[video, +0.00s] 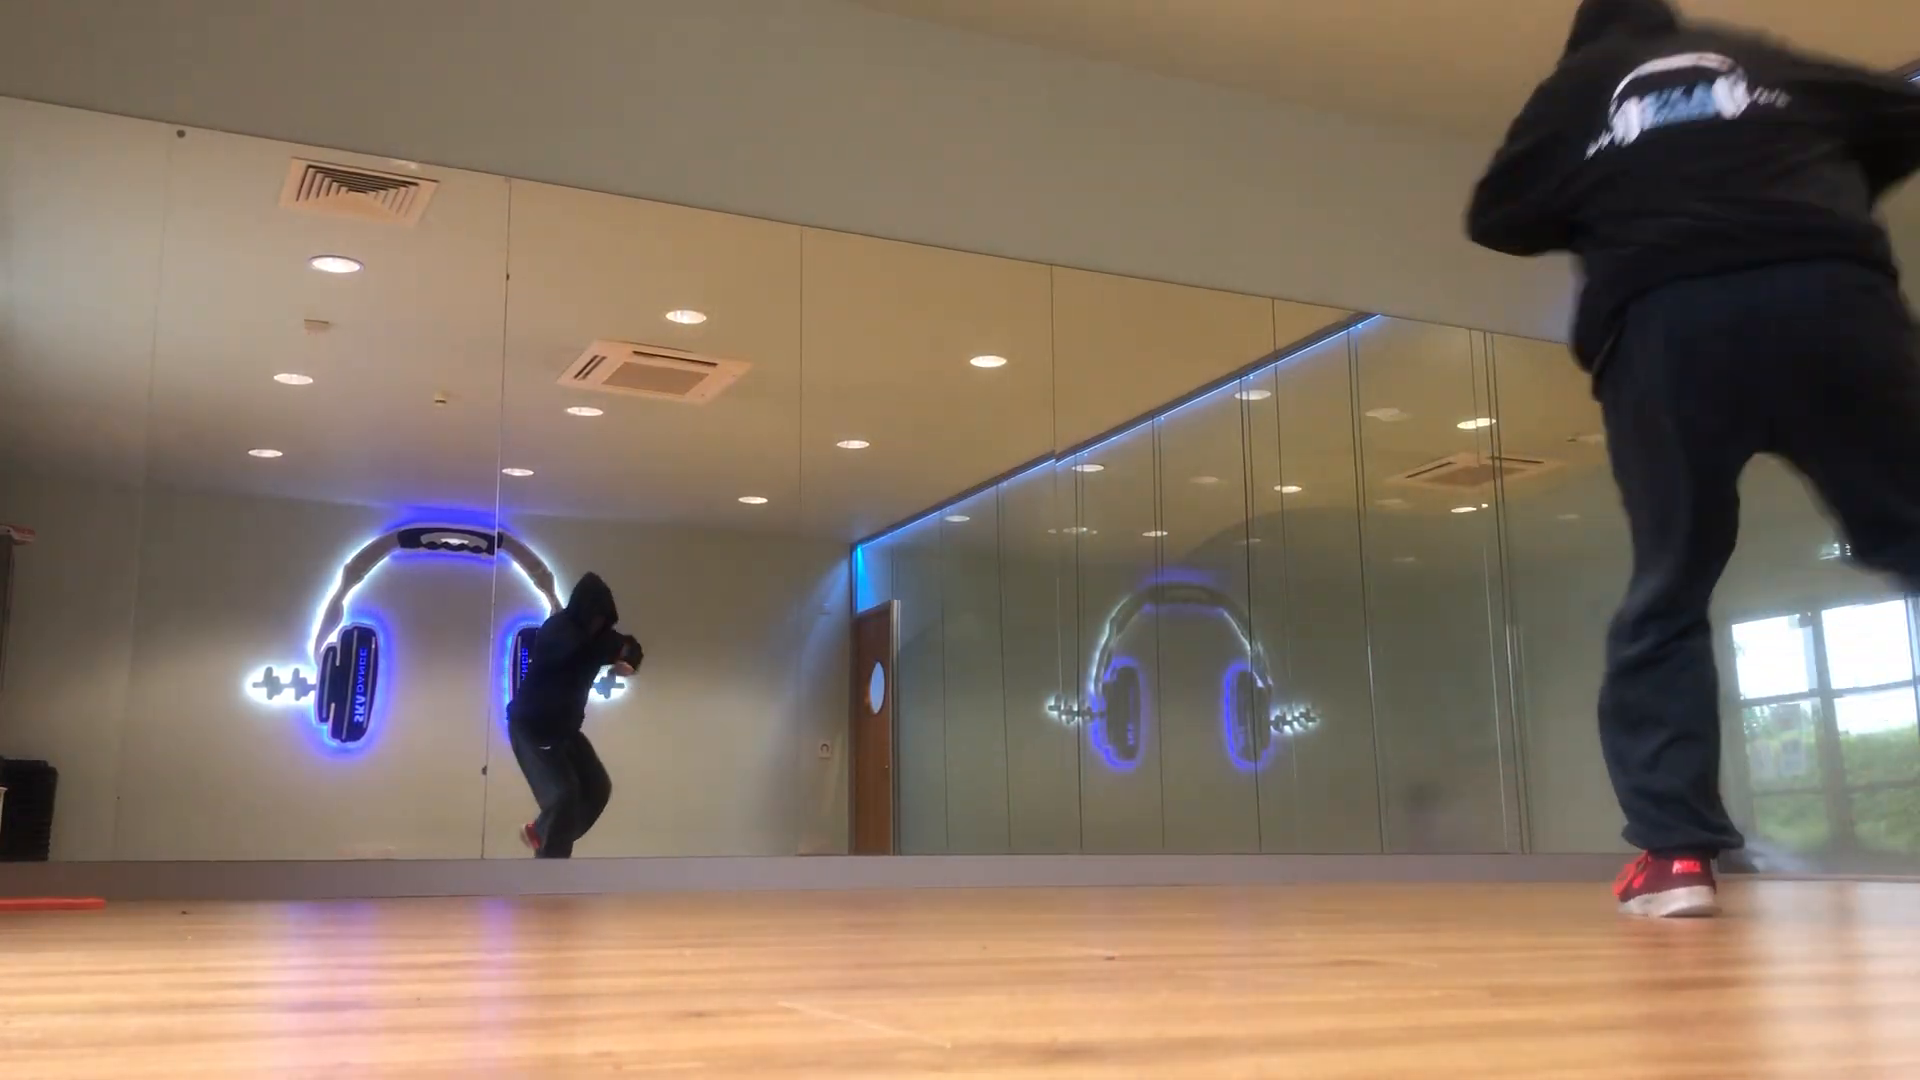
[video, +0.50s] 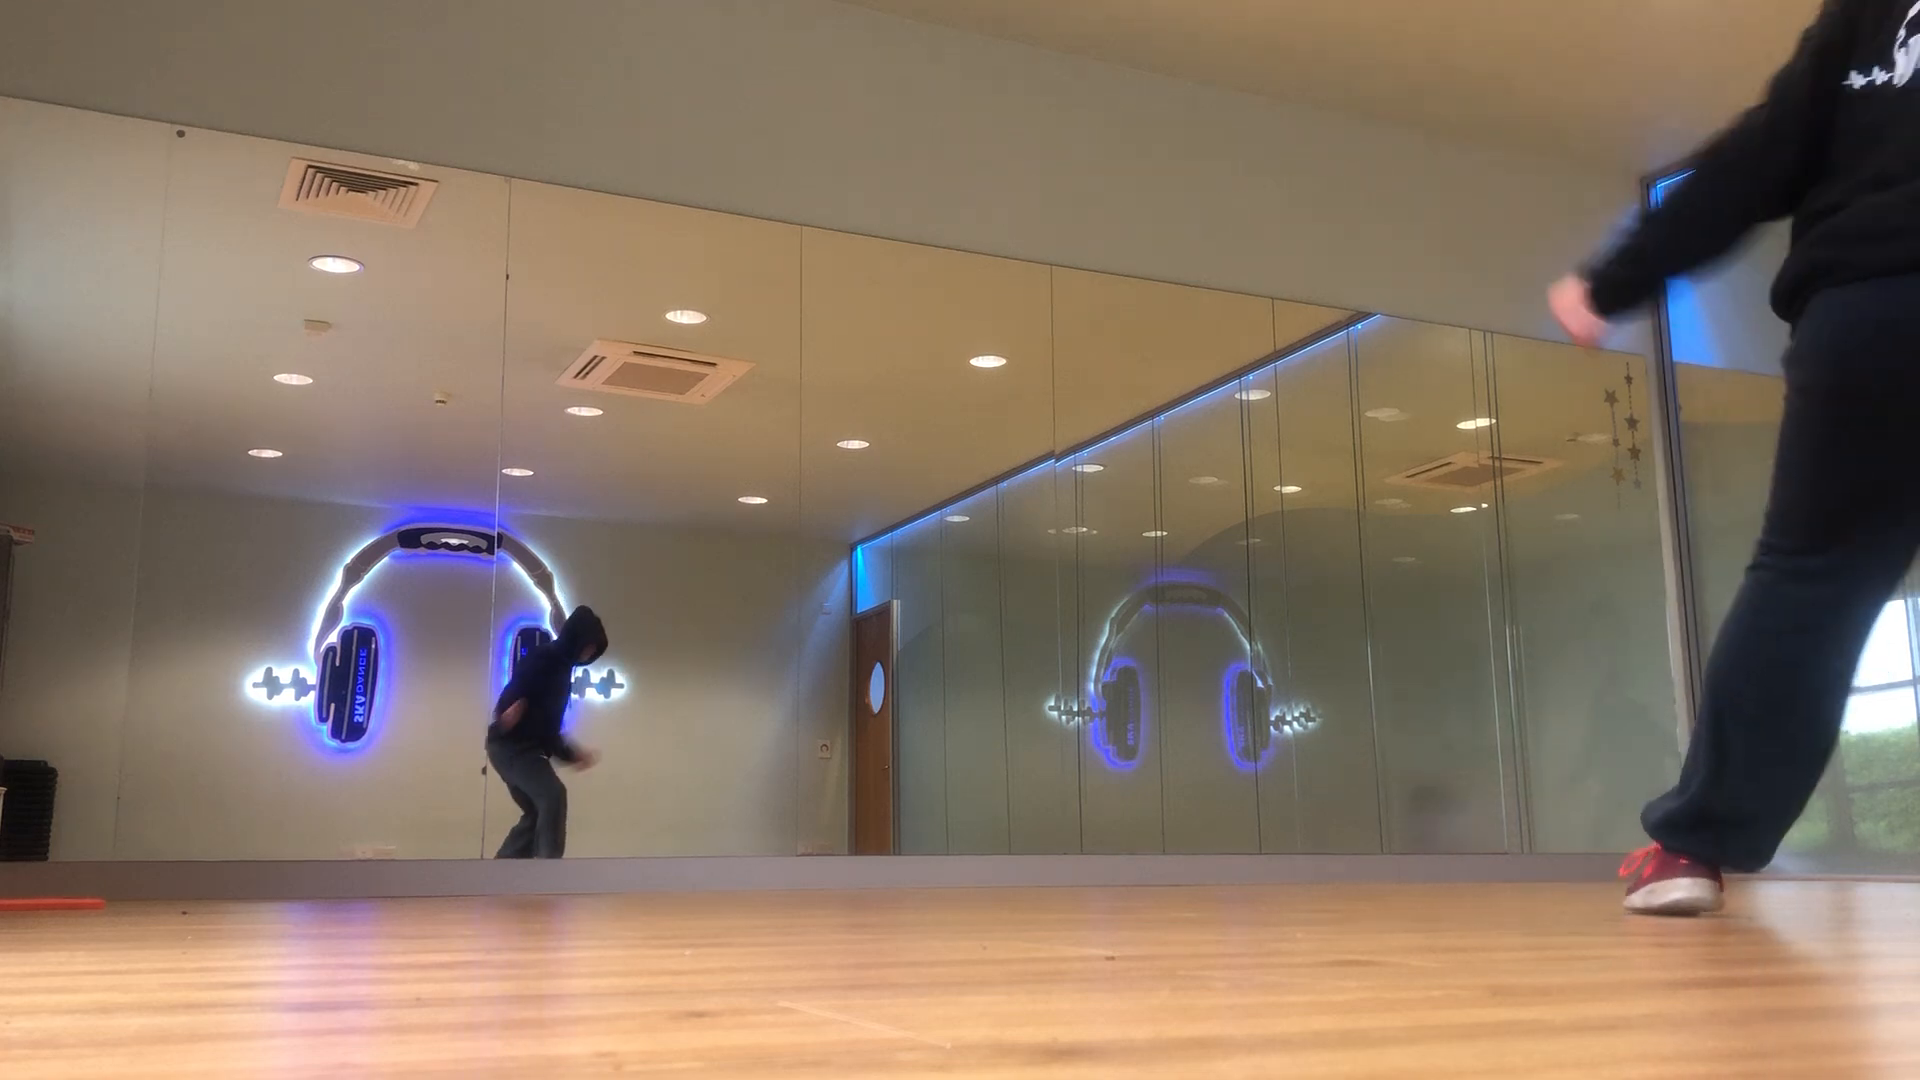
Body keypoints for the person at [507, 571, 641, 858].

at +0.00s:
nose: (598, 626)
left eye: (603, 621)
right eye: (594, 619)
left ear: (606, 618)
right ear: (581, 611)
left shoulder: (601, 636)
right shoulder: (555, 629)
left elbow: (629, 647)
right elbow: (575, 653)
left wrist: (628, 662)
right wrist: (611, 647)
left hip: (565, 730)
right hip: (530, 730)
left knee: (598, 788)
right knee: (563, 796)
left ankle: (540, 832)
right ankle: (550, 873)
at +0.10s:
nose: (594, 606)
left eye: (597, 601)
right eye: (591, 599)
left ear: (597, 600)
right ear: (577, 592)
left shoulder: (586, 622)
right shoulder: (548, 617)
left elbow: (604, 648)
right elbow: (538, 671)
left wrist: (635, 664)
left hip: (563, 718)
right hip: (535, 719)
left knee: (576, 786)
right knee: (556, 791)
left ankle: (521, 836)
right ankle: (547, 868)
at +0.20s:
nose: (591, 604)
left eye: (595, 600)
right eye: (591, 597)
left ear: (581, 591)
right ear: (580, 588)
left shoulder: (569, 615)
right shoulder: (550, 611)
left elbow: (556, 658)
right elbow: (515, 631)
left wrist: (585, 663)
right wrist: (484, 643)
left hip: (555, 714)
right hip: (542, 714)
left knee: (545, 786)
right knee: (555, 790)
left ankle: (512, 849)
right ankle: (547, 865)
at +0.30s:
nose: (587, 622)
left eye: (591, 618)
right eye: (588, 615)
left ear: (571, 603)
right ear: (578, 606)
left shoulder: (558, 629)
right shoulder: (548, 624)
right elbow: (506, 645)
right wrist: (458, 660)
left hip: (543, 729)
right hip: (539, 730)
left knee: (533, 804)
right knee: (556, 800)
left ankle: (507, 866)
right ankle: (544, 869)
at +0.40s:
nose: (589, 643)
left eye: (593, 639)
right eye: (590, 636)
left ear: (569, 625)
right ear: (580, 630)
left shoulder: (556, 650)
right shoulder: (547, 648)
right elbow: (509, 681)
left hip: (520, 743)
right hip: (523, 742)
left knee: (536, 814)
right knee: (558, 798)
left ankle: (499, 871)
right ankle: (546, 872)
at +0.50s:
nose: (590, 654)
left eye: (594, 650)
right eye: (590, 647)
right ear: (580, 640)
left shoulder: (562, 673)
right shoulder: (545, 655)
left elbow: (547, 732)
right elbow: (520, 682)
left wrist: (572, 755)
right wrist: (511, 710)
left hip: (525, 747)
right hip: (511, 743)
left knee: (536, 814)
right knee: (552, 793)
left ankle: (502, 872)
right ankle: (547, 869)